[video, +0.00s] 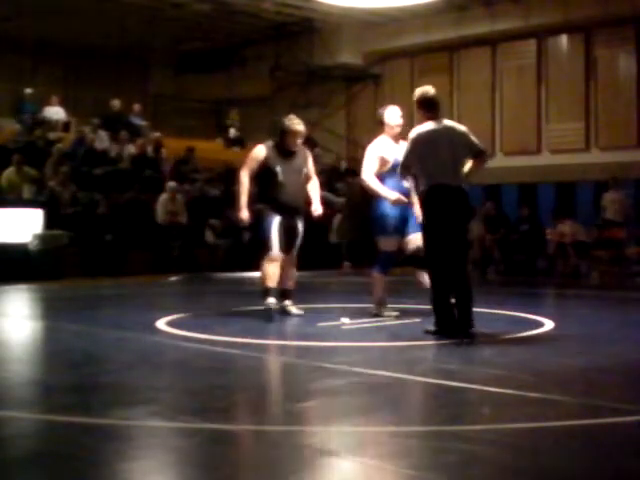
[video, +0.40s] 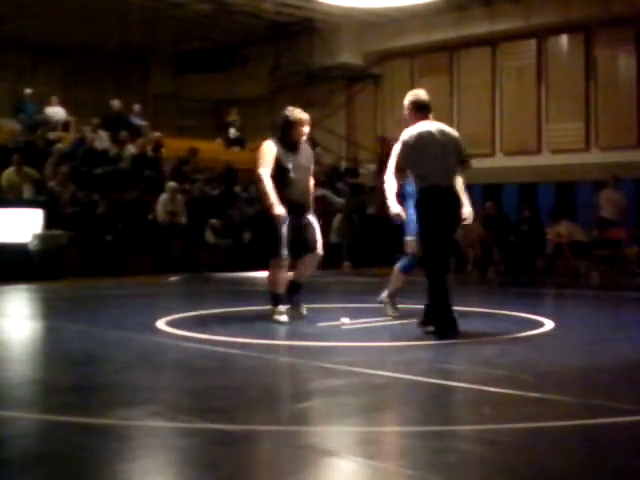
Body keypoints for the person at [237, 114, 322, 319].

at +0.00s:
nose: (298, 141)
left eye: (301, 137)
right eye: (294, 137)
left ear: (303, 137)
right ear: (283, 135)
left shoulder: (305, 155)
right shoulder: (263, 152)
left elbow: (311, 178)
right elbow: (245, 173)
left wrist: (316, 201)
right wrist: (243, 206)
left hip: (295, 209)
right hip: (271, 208)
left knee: (291, 256)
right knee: (274, 253)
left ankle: (287, 297)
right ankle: (270, 295)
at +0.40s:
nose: (306, 132)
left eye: (307, 127)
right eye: (302, 127)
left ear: (307, 129)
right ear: (289, 128)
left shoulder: (306, 150)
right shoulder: (271, 147)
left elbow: (309, 179)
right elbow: (264, 175)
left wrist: (310, 208)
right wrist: (275, 204)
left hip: (303, 210)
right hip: (282, 210)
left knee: (314, 251)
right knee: (281, 257)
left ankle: (293, 293)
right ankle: (278, 303)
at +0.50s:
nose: (309, 128)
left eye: (310, 124)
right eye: (305, 124)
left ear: (310, 126)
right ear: (292, 124)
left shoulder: (309, 147)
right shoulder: (275, 144)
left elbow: (308, 175)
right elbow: (270, 170)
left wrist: (310, 198)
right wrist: (284, 199)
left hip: (307, 206)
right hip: (284, 206)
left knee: (314, 251)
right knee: (281, 257)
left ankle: (303, 300)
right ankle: (278, 305)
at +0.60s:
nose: (313, 127)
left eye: (315, 123)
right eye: (309, 123)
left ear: (315, 125)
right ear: (295, 125)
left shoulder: (312, 150)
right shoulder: (279, 144)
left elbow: (311, 185)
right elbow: (276, 170)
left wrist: (330, 201)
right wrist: (290, 198)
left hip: (309, 211)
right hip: (285, 211)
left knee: (311, 256)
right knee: (282, 259)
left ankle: (312, 304)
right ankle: (279, 306)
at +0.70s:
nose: (319, 127)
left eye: (320, 122)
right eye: (314, 122)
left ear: (318, 126)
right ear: (301, 125)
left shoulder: (315, 150)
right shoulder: (285, 145)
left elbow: (314, 184)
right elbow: (282, 173)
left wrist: (330, 201)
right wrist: (296, 201)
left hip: (313, 211)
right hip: (287, 211)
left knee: (314, 258)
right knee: (283, 262)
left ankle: (315, 307)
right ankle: (279, 308)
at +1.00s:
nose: (333, 124)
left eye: (333, 119)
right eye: (329, 118)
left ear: (329, 122)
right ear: (315, 120)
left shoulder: (327, 147)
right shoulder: (299, 140)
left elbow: (332, 183)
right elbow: (290, 168)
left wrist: (340, 210)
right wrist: (303, 203)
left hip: (325, 209)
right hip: (305, 208)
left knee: (321, 259)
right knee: (304, 257)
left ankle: (316, 309)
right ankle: (288, 309)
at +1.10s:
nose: (334, 121)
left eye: (335, 116)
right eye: (330, 116)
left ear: (330, 120)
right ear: (317, 118)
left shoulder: (328, 146)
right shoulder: (302, 139)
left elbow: (334, 181)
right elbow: (296, 168)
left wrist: (343, 207)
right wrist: (309, 202)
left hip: (327, 208)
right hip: (310, 207)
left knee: (322, 257)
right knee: (311, 254)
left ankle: (316, 308)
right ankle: (294, 307)